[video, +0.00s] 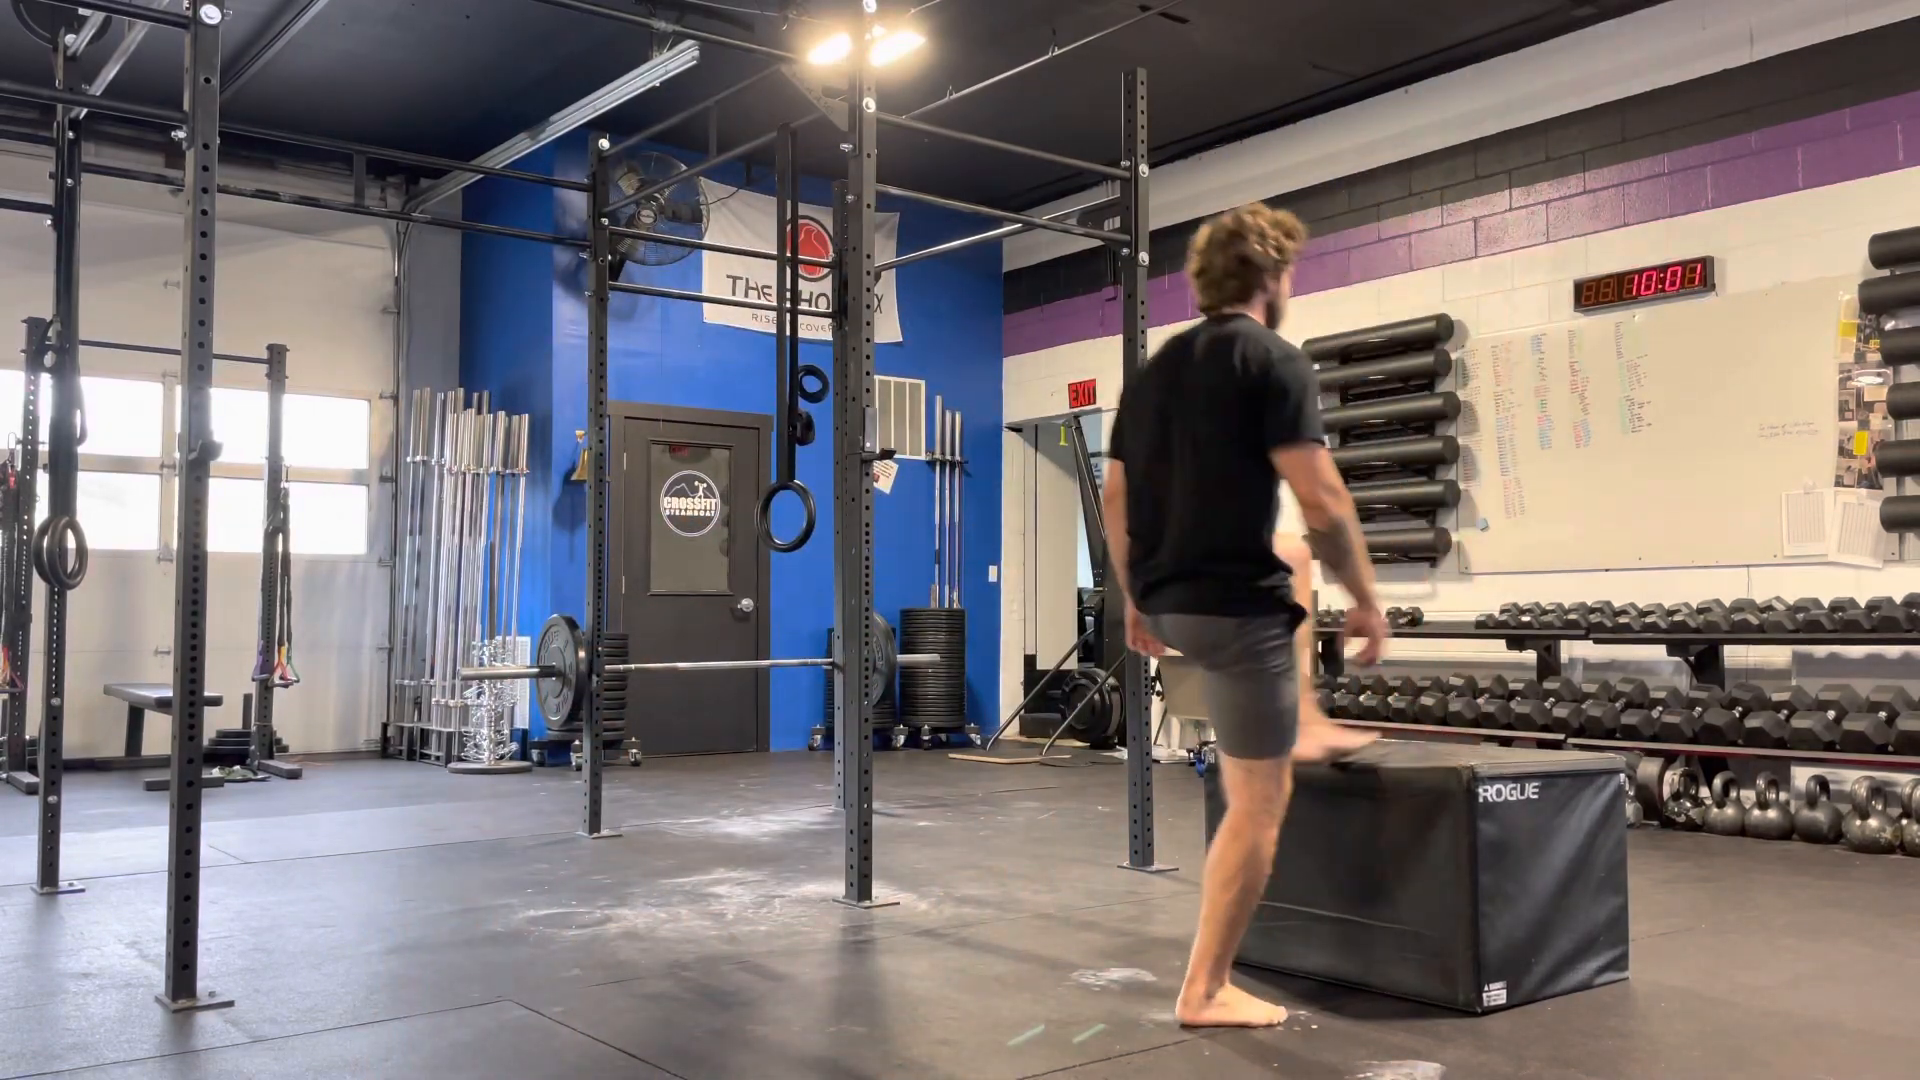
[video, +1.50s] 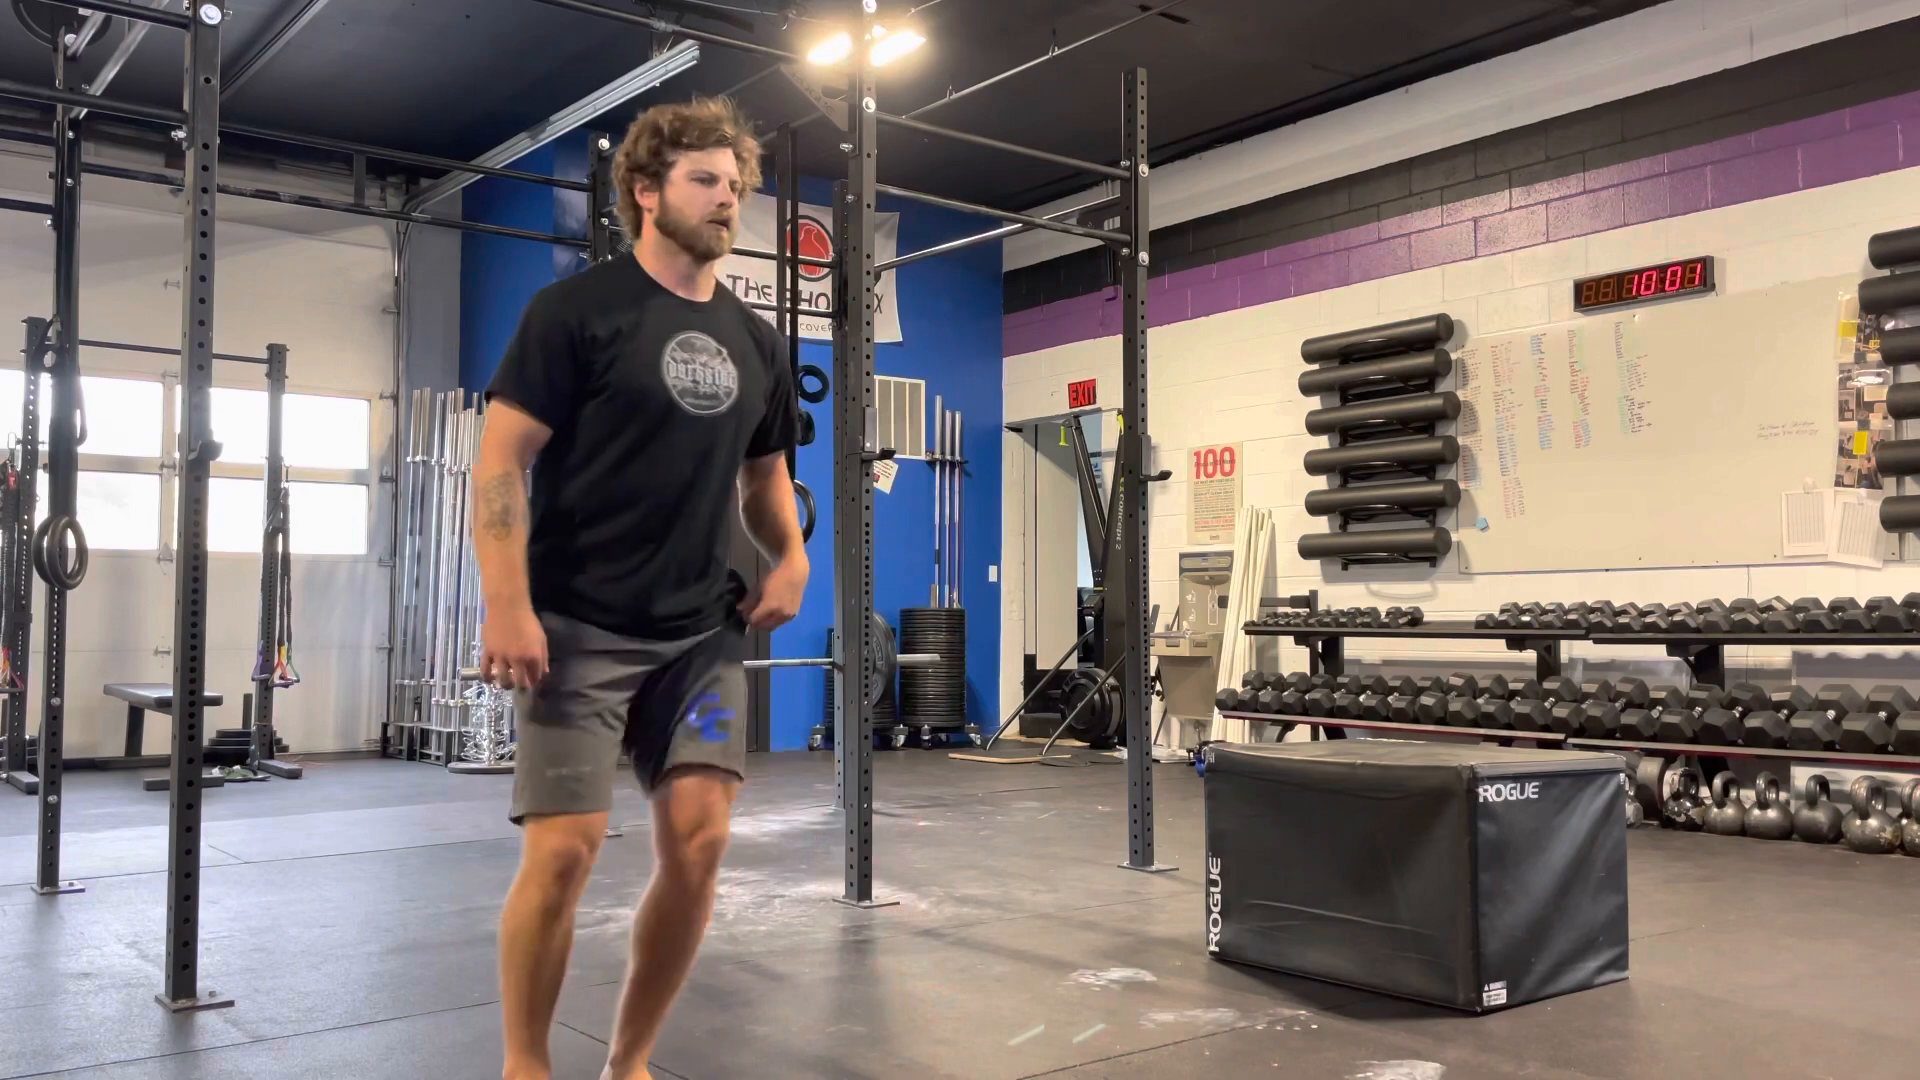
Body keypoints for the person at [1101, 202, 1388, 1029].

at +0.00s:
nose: (1291, 290)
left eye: (1289, 276)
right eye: (1289, 277)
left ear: (1205, 282)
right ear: (1271, 283)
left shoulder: (1150, 372)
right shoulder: (1271, 361)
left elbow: (1115, 498)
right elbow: (1322, 507)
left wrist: (1132, 600)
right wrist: (1363, 598)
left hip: (1163, 600)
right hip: (1237, 606)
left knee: (1292, 559)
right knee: (1255, 804)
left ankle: (1303, 724)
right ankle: (1203, 989)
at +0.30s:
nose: (1178, 265)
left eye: (1173, 248)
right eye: (1168, 250)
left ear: (1098, 273)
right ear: (1133, 266)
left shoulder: (1057, 364)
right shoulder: (1124, 352)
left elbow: (1037, 497)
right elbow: (1105, 479)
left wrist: (1081, 590)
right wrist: (1120, 603)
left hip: (1053, 605)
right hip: (1123, 608)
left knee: (1086, 783)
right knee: (1197, 781)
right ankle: (1203, 988)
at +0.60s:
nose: (1051, 252)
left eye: (1047, 237)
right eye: (1036, 237)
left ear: (992, 255)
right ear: (988, 251)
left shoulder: (989, 340)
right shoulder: (962, 325)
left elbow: (978, 503)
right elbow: (935, 451)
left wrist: (1056, 580)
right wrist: (993, 572)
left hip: (938, 593)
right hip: (950, 594)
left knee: (951, 785)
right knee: (1038, 781)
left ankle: (907, 992)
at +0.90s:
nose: (939, 238)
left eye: (937, 224)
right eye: (920, 225)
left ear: (899, 242)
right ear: (862, 244)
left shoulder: (895, 345)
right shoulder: (825, 331)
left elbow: (881, 481)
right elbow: (791, 463)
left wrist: (922, 567)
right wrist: (866, 579)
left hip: (885, 606)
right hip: (804, 602)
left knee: (924, 795)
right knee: (763, 803)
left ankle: (907, 996)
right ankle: (606, 1024)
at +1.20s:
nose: (793, 224)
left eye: (799, 212)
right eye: (772, 206)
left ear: (799, 234)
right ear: (709, 219)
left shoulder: (789, 364)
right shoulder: (639, 326)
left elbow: (768, 488)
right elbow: (577, 476)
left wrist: (817, 575)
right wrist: (639, 609)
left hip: (752, 635)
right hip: (639, 633)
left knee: (826, 814)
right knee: (615, 854)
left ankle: (829, 1013)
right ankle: (529, 1066)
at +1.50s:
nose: (727, 199)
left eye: (735, 186)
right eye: (706, 181)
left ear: (740, 204)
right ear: (645, 194)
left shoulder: (756, 341)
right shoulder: (572, 310)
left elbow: (767, 472)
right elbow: (499, 461)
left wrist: (792, 553)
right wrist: (507, 606)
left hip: (705, 629)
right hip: (580, 626)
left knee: (701, 839)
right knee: (563, 852)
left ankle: (630, 1061)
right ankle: (524, 1065)